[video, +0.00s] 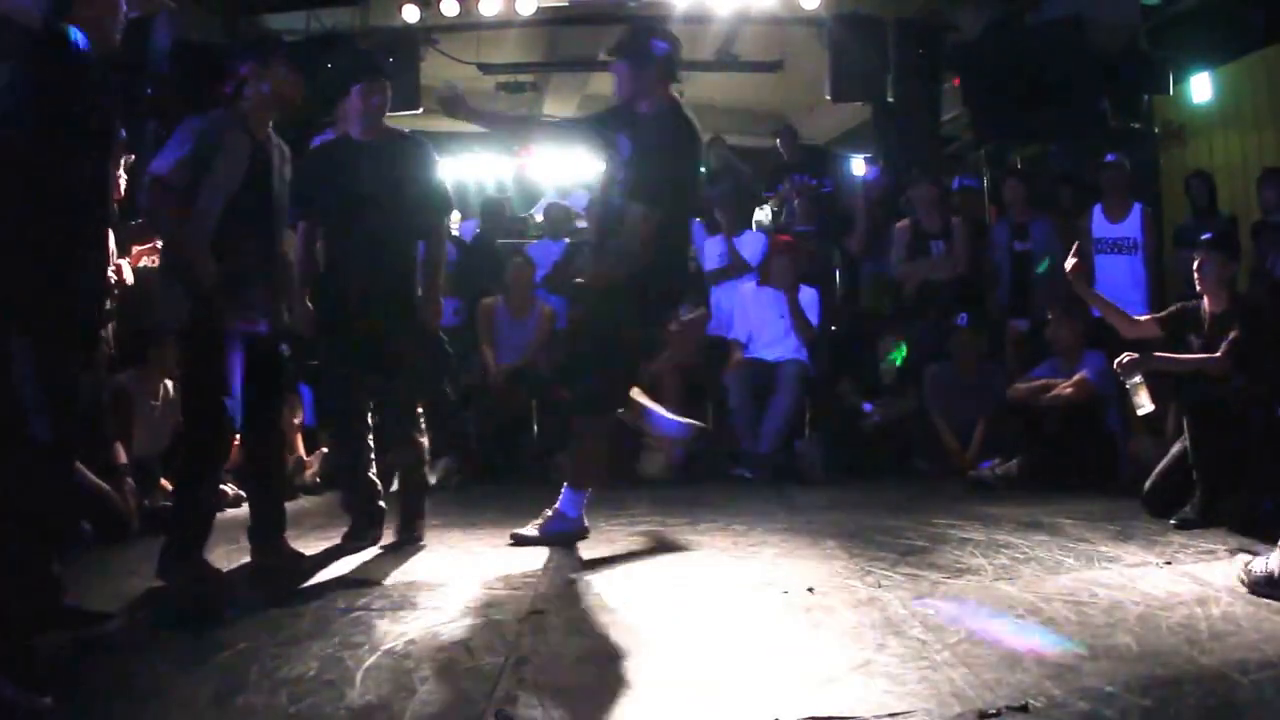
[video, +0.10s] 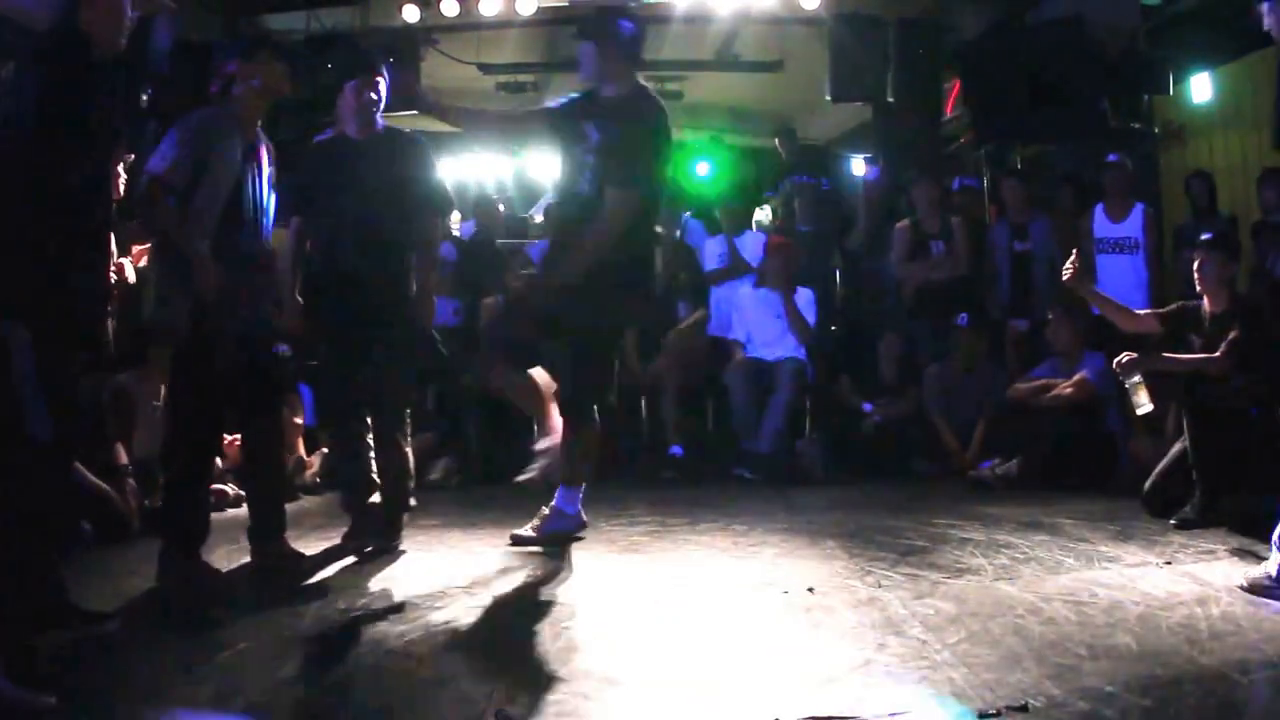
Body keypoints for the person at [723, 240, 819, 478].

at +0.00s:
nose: (784, 267)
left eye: (788, 261)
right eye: (779, 261)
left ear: (796, 265)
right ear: (768, 264)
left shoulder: (807, 295)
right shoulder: (749, 292)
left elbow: (807, 336)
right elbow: (739, 339)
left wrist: (791, 299)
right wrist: (735, 363)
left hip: (789, 358)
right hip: (756, 356)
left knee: (791, 376)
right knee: (735, 378)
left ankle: (764, 454)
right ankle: (748, 451)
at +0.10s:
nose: (776, 265)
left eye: (782, 259)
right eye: (772, 259)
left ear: (791, 264)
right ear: (764, 262)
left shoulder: (803, 296)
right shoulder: (746, 294)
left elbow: (805, 336)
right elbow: (738, 336)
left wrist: (787, 297)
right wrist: (739, 354)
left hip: (787, 357)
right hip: (755, 355)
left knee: (789, 376)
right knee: (737, 375)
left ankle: (765, 451)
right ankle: (748, 448)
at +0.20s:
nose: (771, 265)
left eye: (775, 260)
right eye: (767, 260)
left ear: (784, 263)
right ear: (760, 263)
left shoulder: (800, 297)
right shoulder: (744, 296)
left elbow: (803, 337)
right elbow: (737, 337)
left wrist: (781, 297)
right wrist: (742, 354)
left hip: (788, 354)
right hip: (756, 353)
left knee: (784, 369)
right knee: (741, 369)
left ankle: (766, 451)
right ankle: (746, 449)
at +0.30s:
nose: (769, 266)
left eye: (774, 260)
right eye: (764, 260)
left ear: (783, 264)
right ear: (756, 264)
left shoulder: (798, 298)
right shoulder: (741, 298)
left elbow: (802, 337)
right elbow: (735, 338)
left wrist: (780, 300)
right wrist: (747, 354)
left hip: (786, 355)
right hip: (755, 355)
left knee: (781, 366)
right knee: (742, 368)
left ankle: (770, 446)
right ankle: (746, 449)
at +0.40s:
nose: (769, 270)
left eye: (774, 264)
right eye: (764, 264)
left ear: (784, 268)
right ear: (757, 268)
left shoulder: (797, 300)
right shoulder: (740, 300)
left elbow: (800, 335)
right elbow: (732, 341)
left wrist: (776, 296)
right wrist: (756, 358)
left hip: (788, 357)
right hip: (753, 357)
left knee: (780, 351)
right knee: (743, 367)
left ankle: (764, 435)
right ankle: (746, 439)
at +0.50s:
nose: (770, 270)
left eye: (774, 264)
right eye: (764, 265)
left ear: (784, 267)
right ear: (756, 268)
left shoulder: (796, 300)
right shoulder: (740, 302)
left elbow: (800, 334)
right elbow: (728, 344)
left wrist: (775, 295)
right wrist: (753, 353)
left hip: (788, 361)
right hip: (752, 359)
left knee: (782, 338)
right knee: (746, 366)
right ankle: (752, 447)